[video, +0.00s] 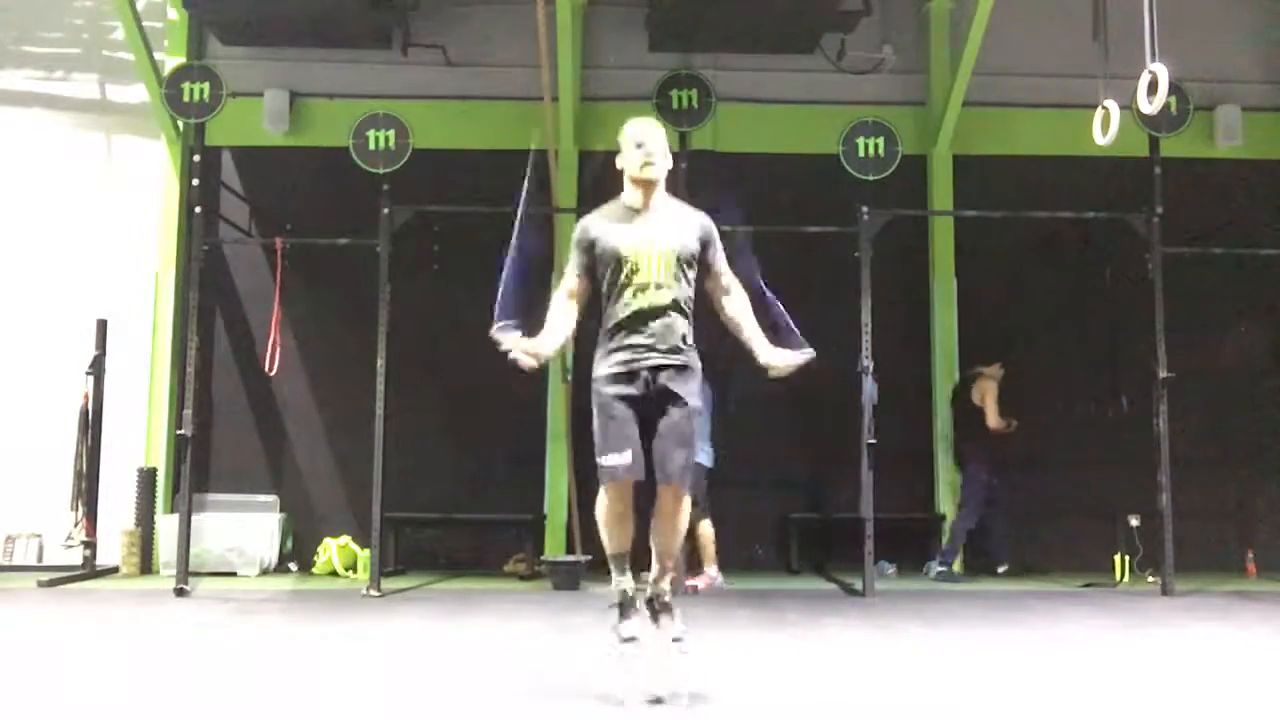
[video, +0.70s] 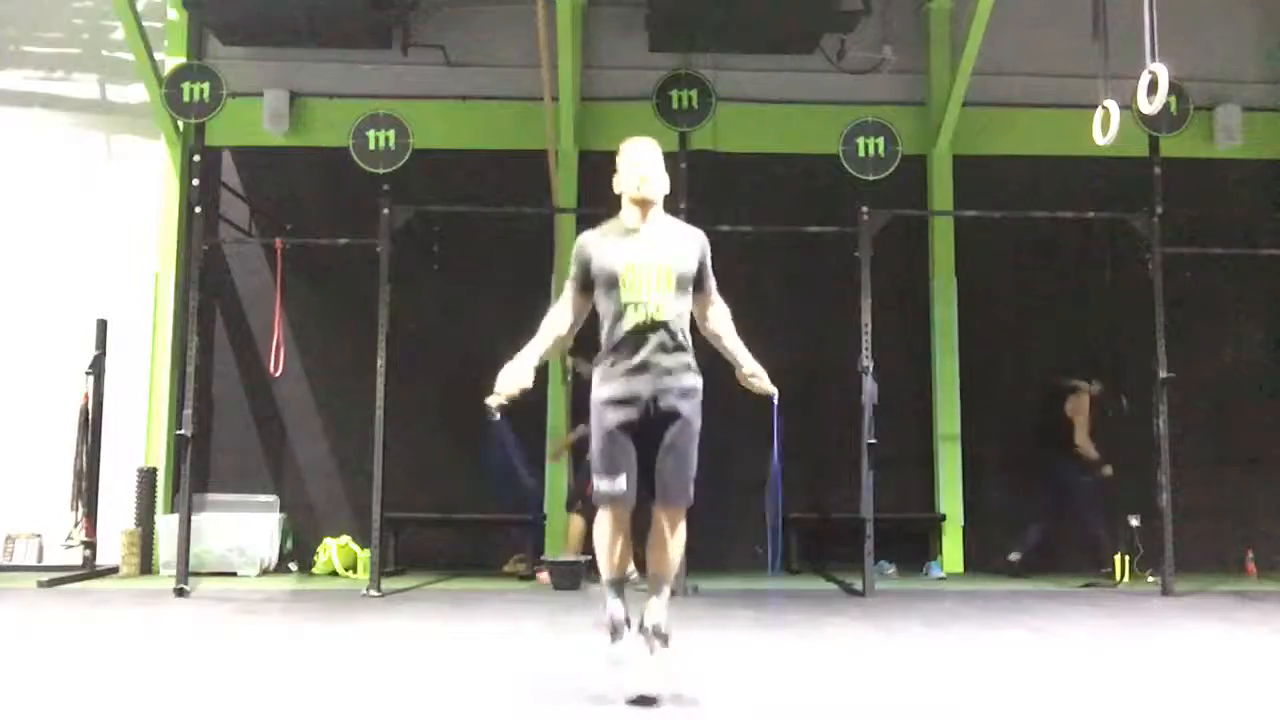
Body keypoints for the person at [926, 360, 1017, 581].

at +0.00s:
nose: (1001, 374)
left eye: (1001, 369)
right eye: (1000, 369)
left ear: (979, 367)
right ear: (993, 367)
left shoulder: (963, 385)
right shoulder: (988, 384)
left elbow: (964, 422)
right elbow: (993, 423)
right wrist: (1009, 425)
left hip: (964, 451)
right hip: (979, 452)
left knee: (993, 504)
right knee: (971, 507)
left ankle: (1001, 560)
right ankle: (944, 562)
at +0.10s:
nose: (1014, 372)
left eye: (1014, 367)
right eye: (1012, 367)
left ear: (993, 367)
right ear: (1004, 367)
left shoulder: (982, 385)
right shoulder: (1000, 384)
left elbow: (982, 420)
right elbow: (1003, 422)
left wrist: (1014, 421)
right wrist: (1020, 425)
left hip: (976, 451)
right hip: (992, 453)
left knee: (994, 507)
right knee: (989, 508)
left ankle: (1002, 559)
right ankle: (958, 555)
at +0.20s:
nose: (1025, 371)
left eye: (1024, 367)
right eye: (1022, 367)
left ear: (1005, 368)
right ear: (1014, 368)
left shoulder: (994, 386)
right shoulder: (1012, 386)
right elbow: (1015, 421)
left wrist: (1024, 421)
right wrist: (1031, 423)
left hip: (990, 451)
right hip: (1005, 453)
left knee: (998, 506)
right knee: (1013, 509)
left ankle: (1007, 559)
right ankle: (982, 547)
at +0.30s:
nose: (1035, 370)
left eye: (1034, 366)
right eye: (1033, 367)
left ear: (1016, 371)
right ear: (1028, 370)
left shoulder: (1008, 386)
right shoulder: (1023, 385)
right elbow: (1025, 420)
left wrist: (1037, 421)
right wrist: (1042, 423)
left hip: (1008, 452)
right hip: (1022, 455)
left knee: (1015, 504)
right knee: (1034, 503)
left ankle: (1021, 556)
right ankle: (1011, 549)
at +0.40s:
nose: (1047, 377)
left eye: (1047, 373)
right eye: (1046, 372)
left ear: (1027, 368)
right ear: (1042, 369)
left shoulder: (1015, 384)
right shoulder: (1034, 383)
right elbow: (1036, 421)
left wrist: (1047, 423)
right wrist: (1053, 425)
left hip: (1006, 450)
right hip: (1023, 451)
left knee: (1011, 504)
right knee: (1037, 499)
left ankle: (1008, 557)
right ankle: (1030, 553)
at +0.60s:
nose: (1079, 383)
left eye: (1079, 379)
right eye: (1078, 378)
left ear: (1060, 376)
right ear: (1071, 377)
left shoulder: (1048, 392)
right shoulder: (1064, 394)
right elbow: (1063, 431)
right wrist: (1082, 448)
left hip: (1036, 456)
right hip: (1049, 457)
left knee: (1035, 507)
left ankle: (1013, 558)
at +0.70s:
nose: (1096, 395)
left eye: (1096, 392)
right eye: (1096, 391)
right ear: (1090, 385)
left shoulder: (1055, 396)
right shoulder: (1080, 398)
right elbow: (1080, 439)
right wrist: (1099, 462)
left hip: (1050, 463)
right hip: (1071, 466)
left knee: (1050, 513)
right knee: (1090, 512)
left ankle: (1018, 554)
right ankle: (1103, 562)